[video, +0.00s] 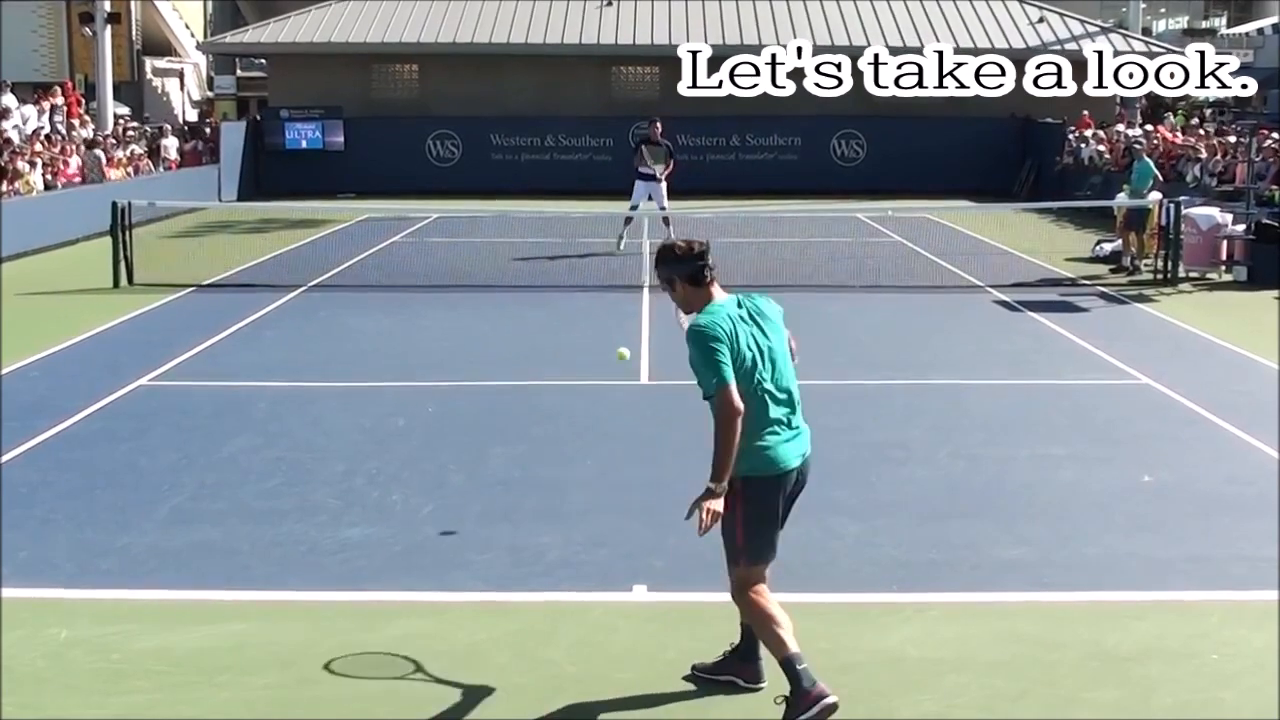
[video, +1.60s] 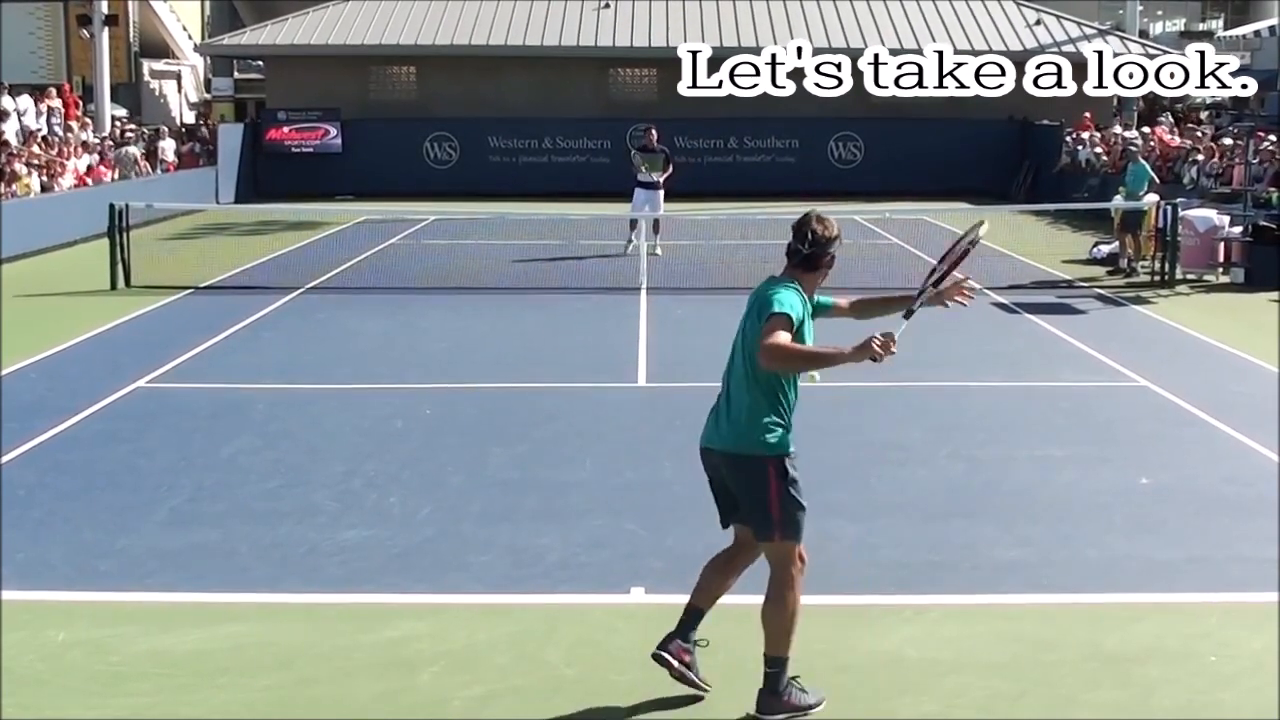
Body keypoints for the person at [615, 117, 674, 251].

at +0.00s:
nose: (656, 131)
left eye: (658, 128)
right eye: (653, 128)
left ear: (661, 130)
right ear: (649, 129)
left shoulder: (666, 145)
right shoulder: (641, 144)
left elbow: (671, 163)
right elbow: (637, 163)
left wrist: (663, 175)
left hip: (658, 181)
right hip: (642, 180)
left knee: (664, 209)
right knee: (633, 208)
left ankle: (670, 236)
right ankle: (622, 235)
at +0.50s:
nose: (654, 139)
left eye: (656, 136)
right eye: (652, 136)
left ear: (661, 135)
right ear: (651, 138)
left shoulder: (671, 149)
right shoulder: (651, 149)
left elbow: (678, 167)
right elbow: (653, 165)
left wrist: (672, 182)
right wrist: (648, 176)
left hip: (668, 184)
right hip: (653, 183)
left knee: (670, 214)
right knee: (641, 211)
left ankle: (673, 242)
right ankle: (626, 236)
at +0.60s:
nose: (650, 139)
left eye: (652, 136)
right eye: (650, 136)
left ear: (658, 135)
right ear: (650, 137)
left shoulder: (672, 147)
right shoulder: (652, 149)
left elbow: (686, 160)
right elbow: (657, 164)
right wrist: (651, 173)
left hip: (671, 184)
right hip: (655, 183)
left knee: (672, 214)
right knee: (643, 209)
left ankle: (675, 242)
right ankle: (631, 232)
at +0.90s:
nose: (654, 140)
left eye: (655, 137)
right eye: (651, 138)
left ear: (660, 137)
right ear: (649, 140)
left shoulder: (671, 149)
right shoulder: (650, 154)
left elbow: (690, 155)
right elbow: (657, 171)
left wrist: (701, 170)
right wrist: (648, 177)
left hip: (672, 188)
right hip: (655, 188)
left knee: (673, 216)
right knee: (646, 212)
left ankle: (674, 244)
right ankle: (647, 233)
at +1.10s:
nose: (651, 142)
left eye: (652, 139)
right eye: (649, 140)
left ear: (656, 139)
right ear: (645, 141)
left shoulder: (666, 152)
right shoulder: (644, 155)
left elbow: (684, 160)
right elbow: (644, 168)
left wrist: (690, 175)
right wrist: (643, 178)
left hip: (666, 187)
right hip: (651, 187)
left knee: (668, 215)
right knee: (650, 215)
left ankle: (673, 244)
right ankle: (655, 241)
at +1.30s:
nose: (651, 140)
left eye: (653, 137)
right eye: (649, 137)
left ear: (657, 138)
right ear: (645, 139)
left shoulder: (666, 151)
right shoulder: (641, 154)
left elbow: (676, 164)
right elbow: (638, 170)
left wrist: (675, 178)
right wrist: (645, 179)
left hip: (663, 186)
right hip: (648, 188)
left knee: (663, 214)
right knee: (647, 215)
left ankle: (661, 241)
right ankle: (651, 239)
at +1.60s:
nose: (651, 137)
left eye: (652, 135)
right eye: (648, 135)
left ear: (656, 136)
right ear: (645, 137)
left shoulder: (663, 151)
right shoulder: (639, 151)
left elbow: (669, 167)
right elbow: (634, 167)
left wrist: (662, 177)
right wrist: (639, 169)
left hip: (656, 188)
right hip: (641, 187)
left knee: (657, 217)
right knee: (634, 215)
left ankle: (656, 244)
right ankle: (631, 238)